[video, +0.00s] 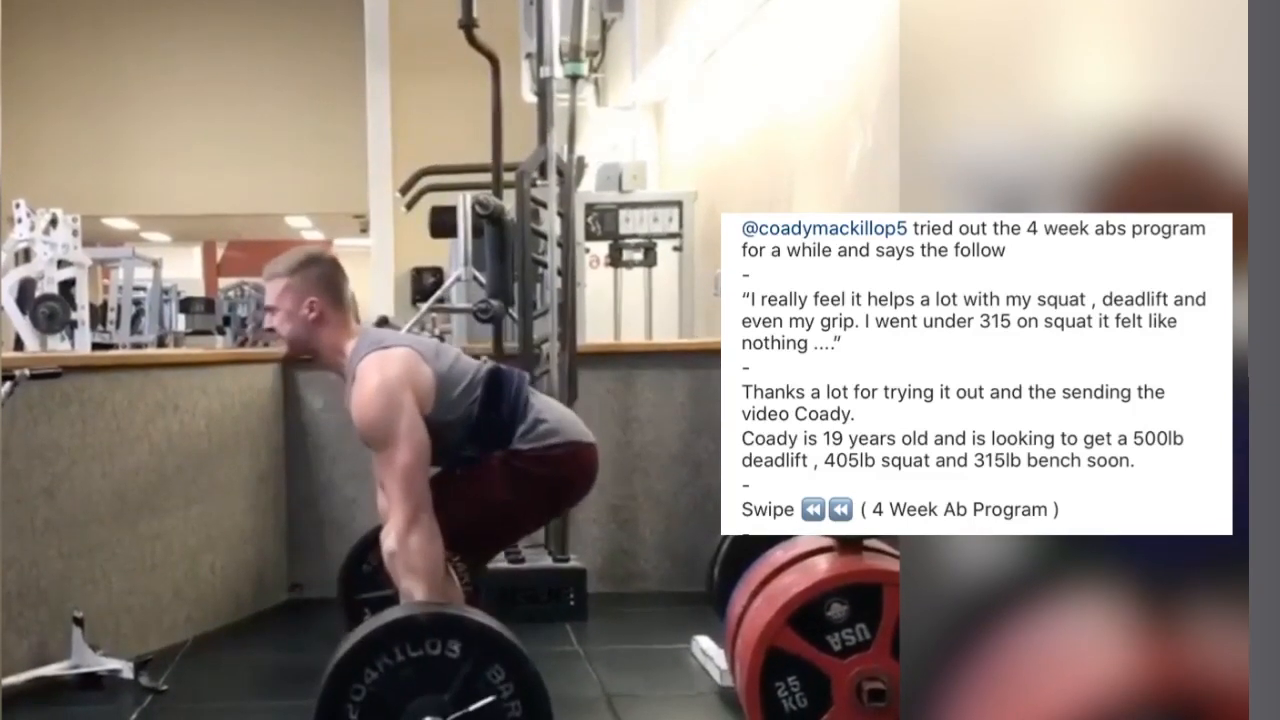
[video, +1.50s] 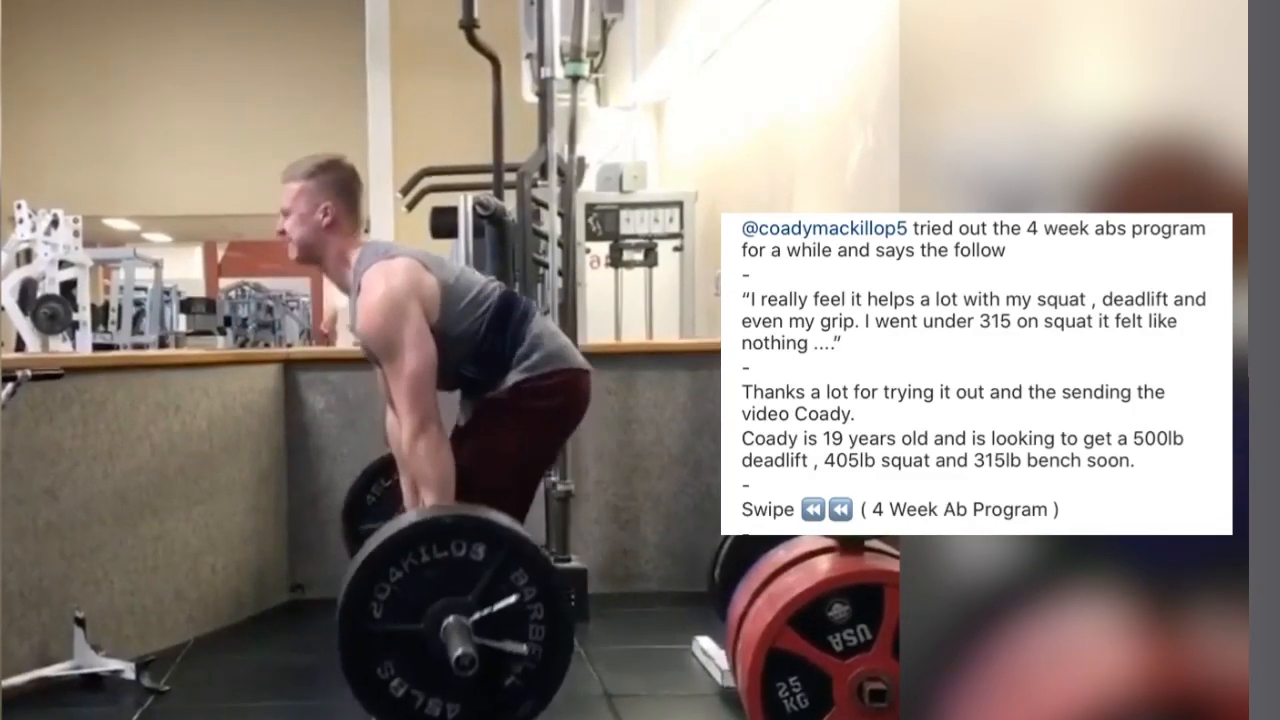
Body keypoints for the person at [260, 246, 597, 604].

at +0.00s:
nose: (268, 324)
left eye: (275, 311)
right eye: (267, 311)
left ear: (312, 310)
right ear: (315, 310)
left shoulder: (381, 382)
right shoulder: (370, 365)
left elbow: (410, 529)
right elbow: (391, 500)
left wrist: (438, 652)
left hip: (551, 452)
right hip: (539, 444)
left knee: (411, 547)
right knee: (408, 543)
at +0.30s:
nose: (277, 320)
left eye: (285, 307)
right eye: (277, 308)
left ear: (325, 307)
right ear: (325, 307)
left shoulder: (386, 383)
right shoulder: (371, 370)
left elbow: (412, 525)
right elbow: (389, 496)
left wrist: (441, 651)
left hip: (551, 465)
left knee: (404, 550)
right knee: (400, 544)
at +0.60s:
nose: (281, 305)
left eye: (289, 293)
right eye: (283, 294)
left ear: (328, 296)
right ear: (325, 296)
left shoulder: (389, 374)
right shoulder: (371, 365)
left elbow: (414, 517)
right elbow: (394, 490)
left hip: (548, 454)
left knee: (410, 549)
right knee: (398, 542)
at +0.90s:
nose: (272, 303)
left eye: (279, 291)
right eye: (273, 292)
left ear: (317, 293)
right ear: (316, 293)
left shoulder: (383, 368)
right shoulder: (366, 361)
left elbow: (414, 513)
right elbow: (390, 481)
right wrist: (395, 533)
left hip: (548, 432)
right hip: (524, 431)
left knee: (421, 546)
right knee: (399, 538)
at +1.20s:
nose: (275, 282)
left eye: (283, 270)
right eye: (276, 271)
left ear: (322, 270)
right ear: (320, 271)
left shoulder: (388, 345)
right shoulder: (367, 342)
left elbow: (421, 485)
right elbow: (393, 460)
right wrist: (412, 580)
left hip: (552, 406)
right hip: (523, 406)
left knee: (440, 532)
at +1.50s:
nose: (280, 227)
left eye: (288, 214)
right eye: (281, 215)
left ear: (325, 215)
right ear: (323, 215)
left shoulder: (387, 292)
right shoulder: (369, 291)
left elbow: (423, 428)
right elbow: (398, 415)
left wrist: (443, 540)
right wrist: (416, 523)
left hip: (542, 379)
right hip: (512, 382)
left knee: (469, 518)